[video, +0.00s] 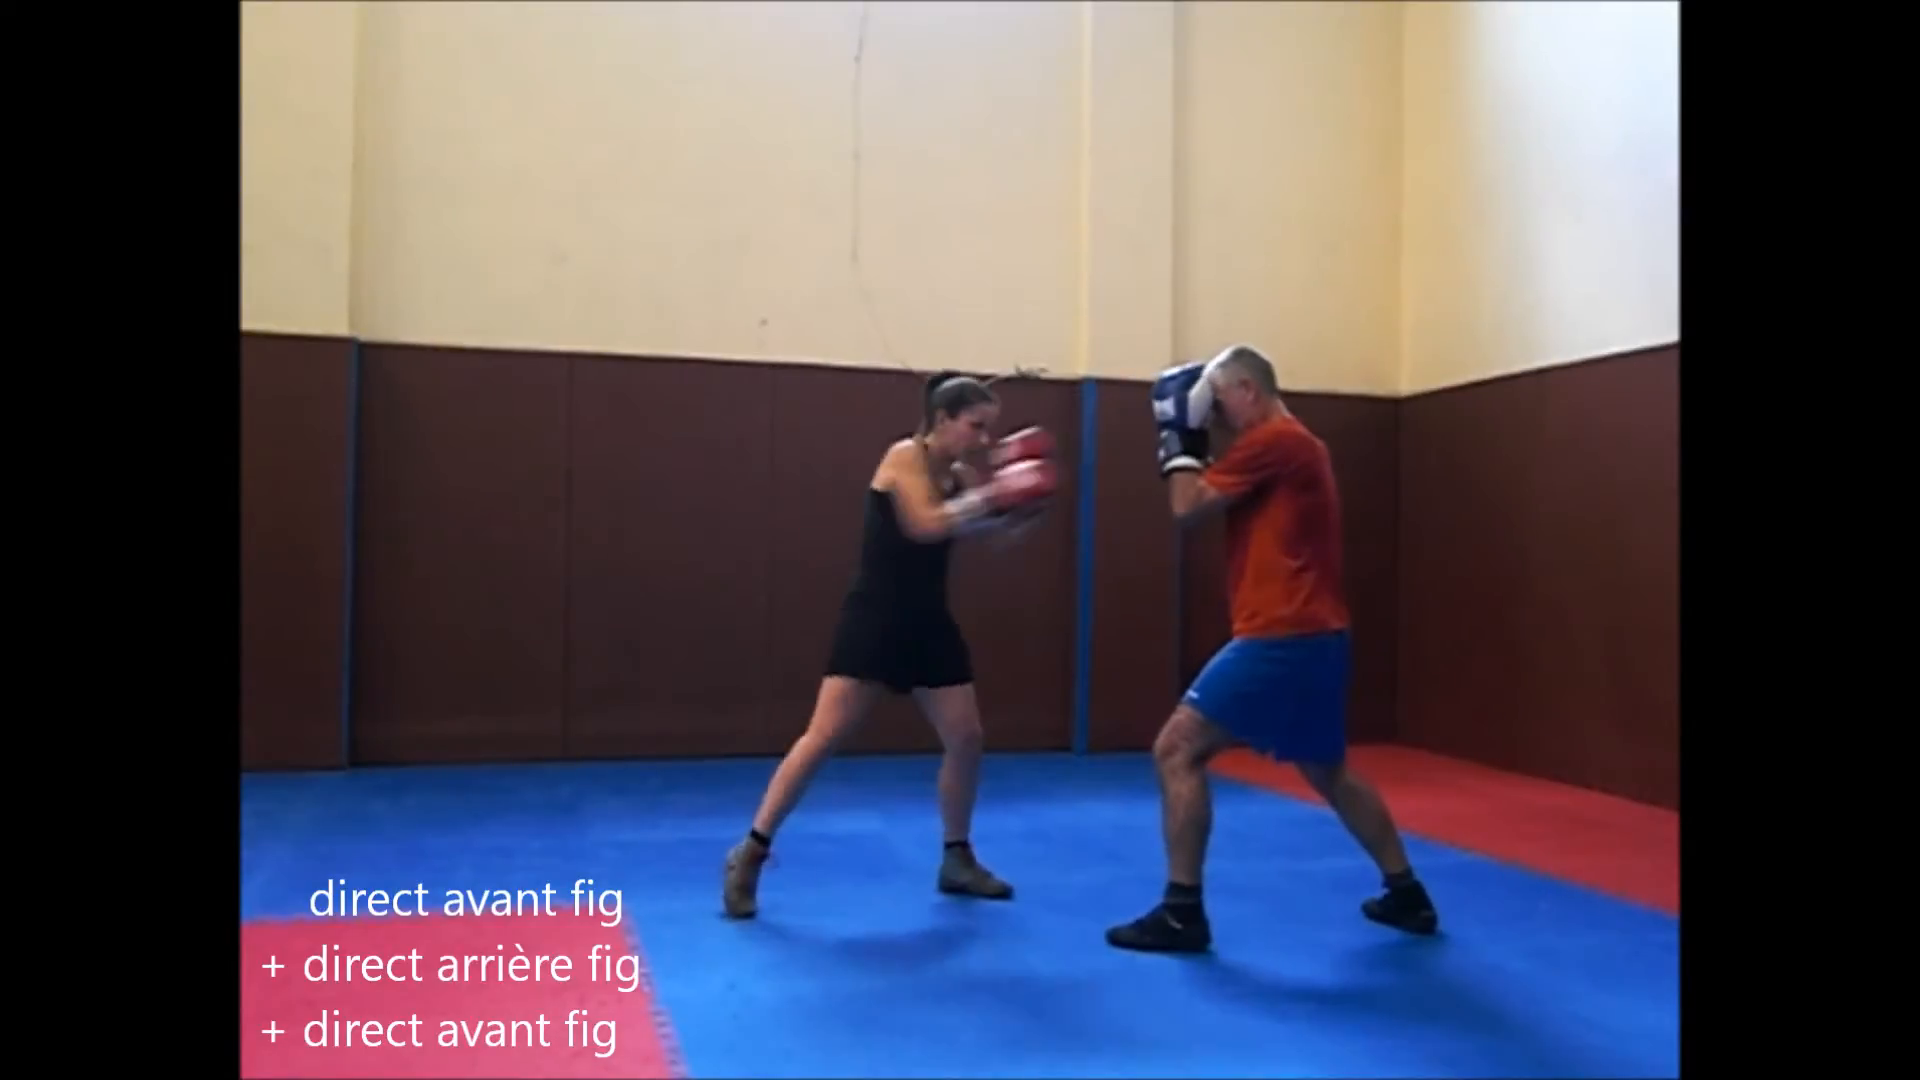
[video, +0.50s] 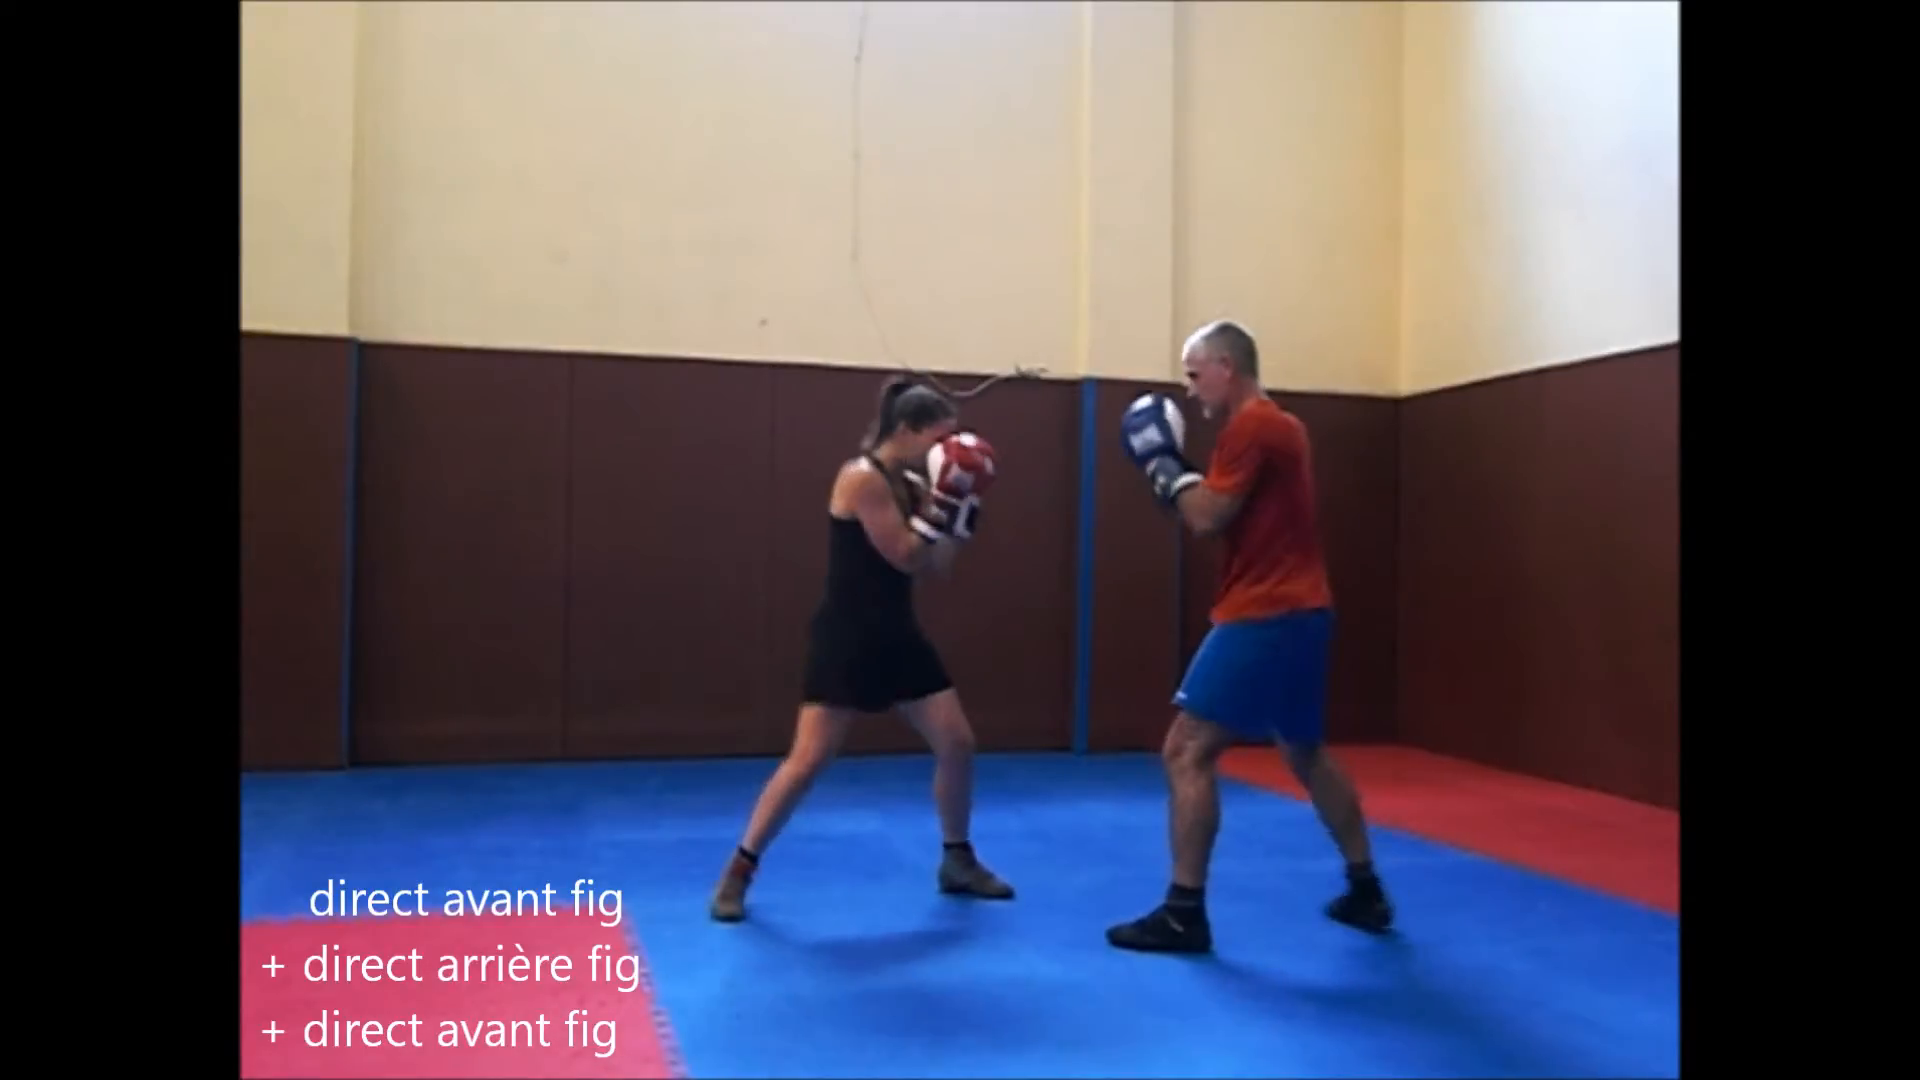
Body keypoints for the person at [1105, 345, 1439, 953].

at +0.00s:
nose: (1221, 416)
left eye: (1222, 403)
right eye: (1217, 405)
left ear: (1246, 391)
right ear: (1262, 391)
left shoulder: (1272, 442)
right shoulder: (1300, 442)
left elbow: (1188, 501)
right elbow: (1217, 491)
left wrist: (1171, 436)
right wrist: (1200, 437)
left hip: (1274, 637)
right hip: (1315, 636)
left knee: (1177, 749)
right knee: (1330, 771)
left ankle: (1182, 912)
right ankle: (1407, 893)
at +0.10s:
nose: (1220, 420)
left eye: (1220, 406)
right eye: (1216, 409)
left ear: (1242, 394)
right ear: (1257, 393)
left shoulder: (1270, 444)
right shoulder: (1296, 444)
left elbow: (1189, 507)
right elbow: (1216, 492)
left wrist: (1176, 445)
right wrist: (1188, 438)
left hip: (1277, 638)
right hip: (1318, 637)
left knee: (1178, 749)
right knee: (1330, 771)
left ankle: (1182, 912)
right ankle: (1407, 894)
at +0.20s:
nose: (1223, 422)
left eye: (1223, 407)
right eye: (1218, 410)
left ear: (1248, 394)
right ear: (1260, 394)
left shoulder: (1275, 446)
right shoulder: (1295, 446)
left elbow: (1189, 503)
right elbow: (1210, 488)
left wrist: (1169, 435)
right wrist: (1188, 434)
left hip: (1280, 640)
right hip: (1318, 640)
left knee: (1177, 750)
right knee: (1329, 772)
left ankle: (1183, 912)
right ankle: (1407, 894)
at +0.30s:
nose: (1209, 408)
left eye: (1212, 393)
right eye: (1205, 396)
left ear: (1244, 384)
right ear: (1251, 385)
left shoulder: (1272, 443)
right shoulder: (1284, 441)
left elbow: (1196, 507)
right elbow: (1209, 500)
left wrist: (1168, 442)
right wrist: (1177, 447)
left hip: (1273, 635)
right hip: (1310, 634)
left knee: (1176, 750)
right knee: (1331, 771)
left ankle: (1183, 913)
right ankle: (1405, 893)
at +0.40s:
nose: (1195, 390)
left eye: (1201, 376)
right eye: (1193, 378)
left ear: (1234, 373)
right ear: (1239, 374)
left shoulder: (1260, 431)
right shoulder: (1278, 430)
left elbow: (1216, 520)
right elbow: (1224, 513)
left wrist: (1168, 465)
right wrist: (1180, 472)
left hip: (1262, 624)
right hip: (1303, 622)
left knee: (1182, 749)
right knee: (1324, 762)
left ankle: (1183, 913)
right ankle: (1395, 890)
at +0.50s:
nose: (1191, 387)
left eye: (1195, 373)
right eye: (1188, 375)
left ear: (1229, 368)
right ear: (1236, 371)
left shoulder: (1250, 426)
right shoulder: (1278, 424)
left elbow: (1205, 514)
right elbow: (1220, 512)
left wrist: (1163, 461)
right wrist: (1175, 476)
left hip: (1257, 619)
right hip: (1301, 615)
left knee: (1186, 750)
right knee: (1308, 754)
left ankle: (1184, 913)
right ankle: (1366, 889)